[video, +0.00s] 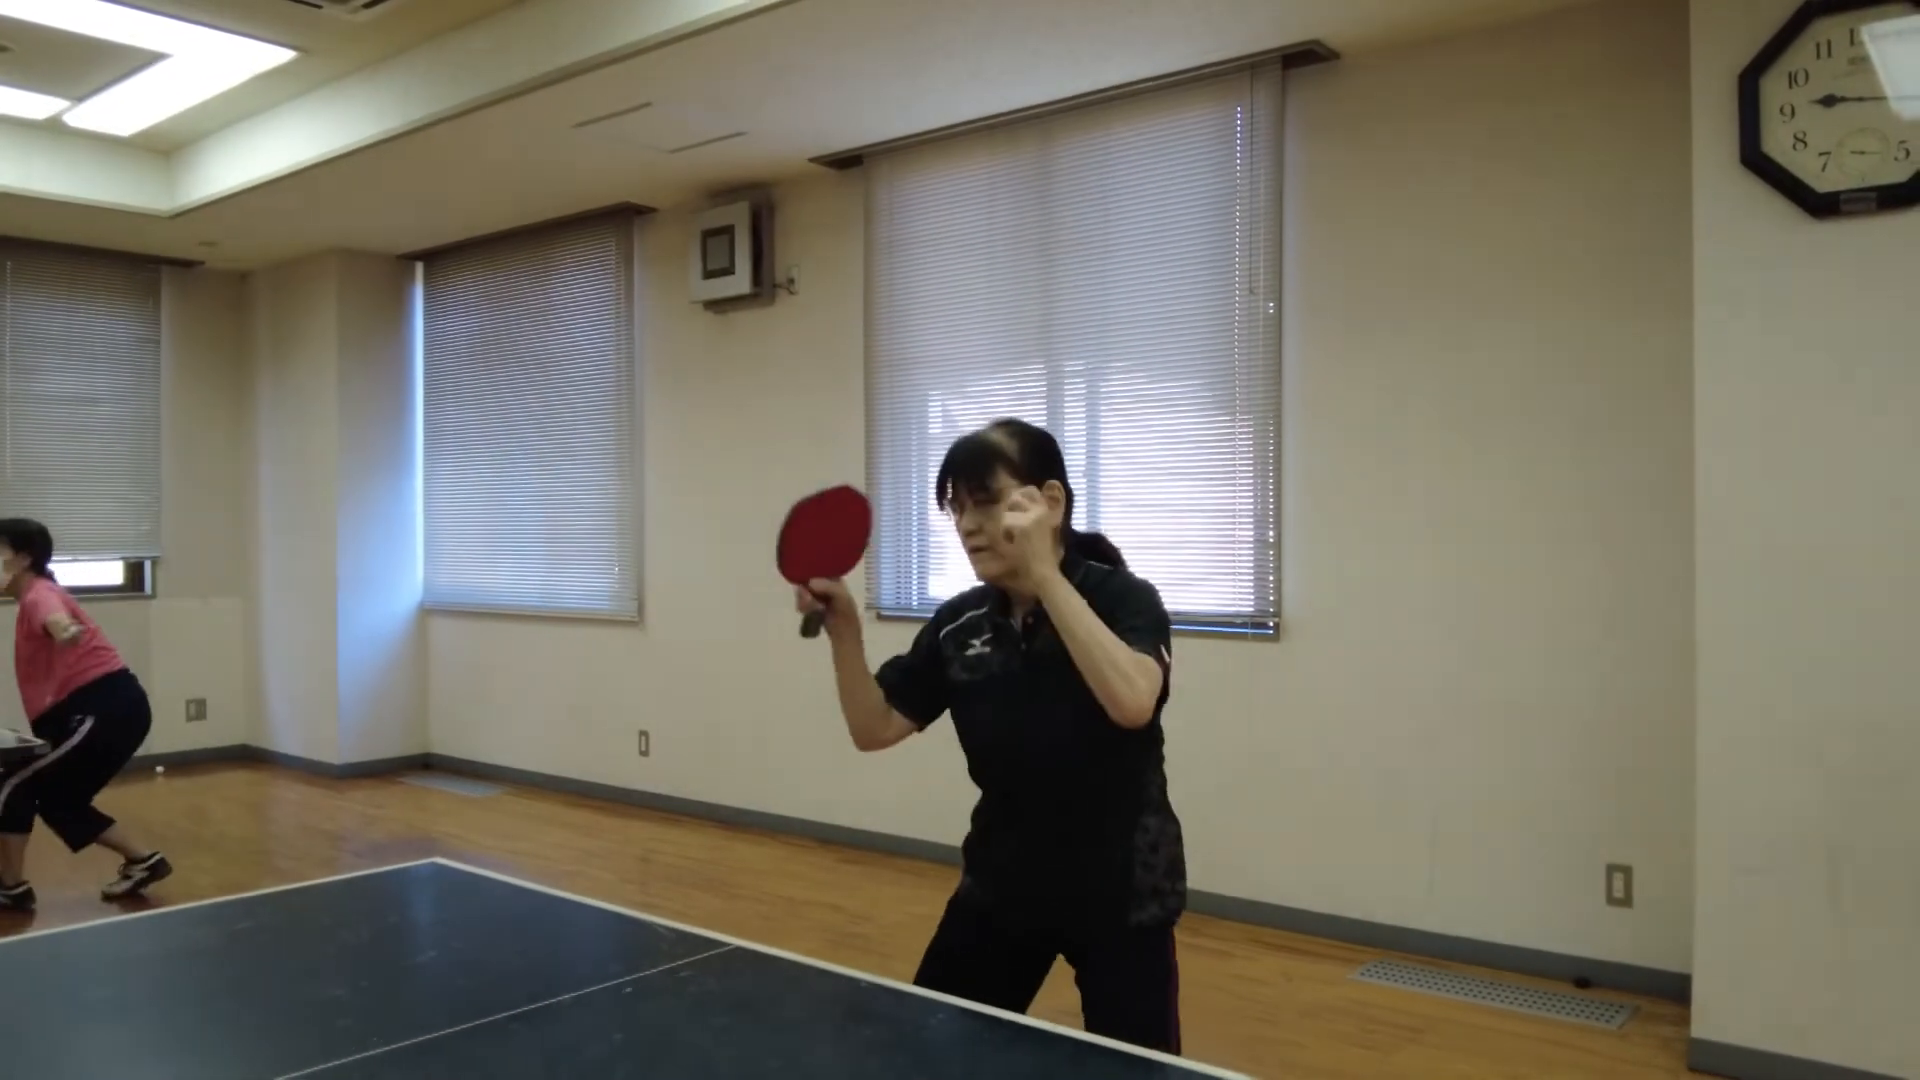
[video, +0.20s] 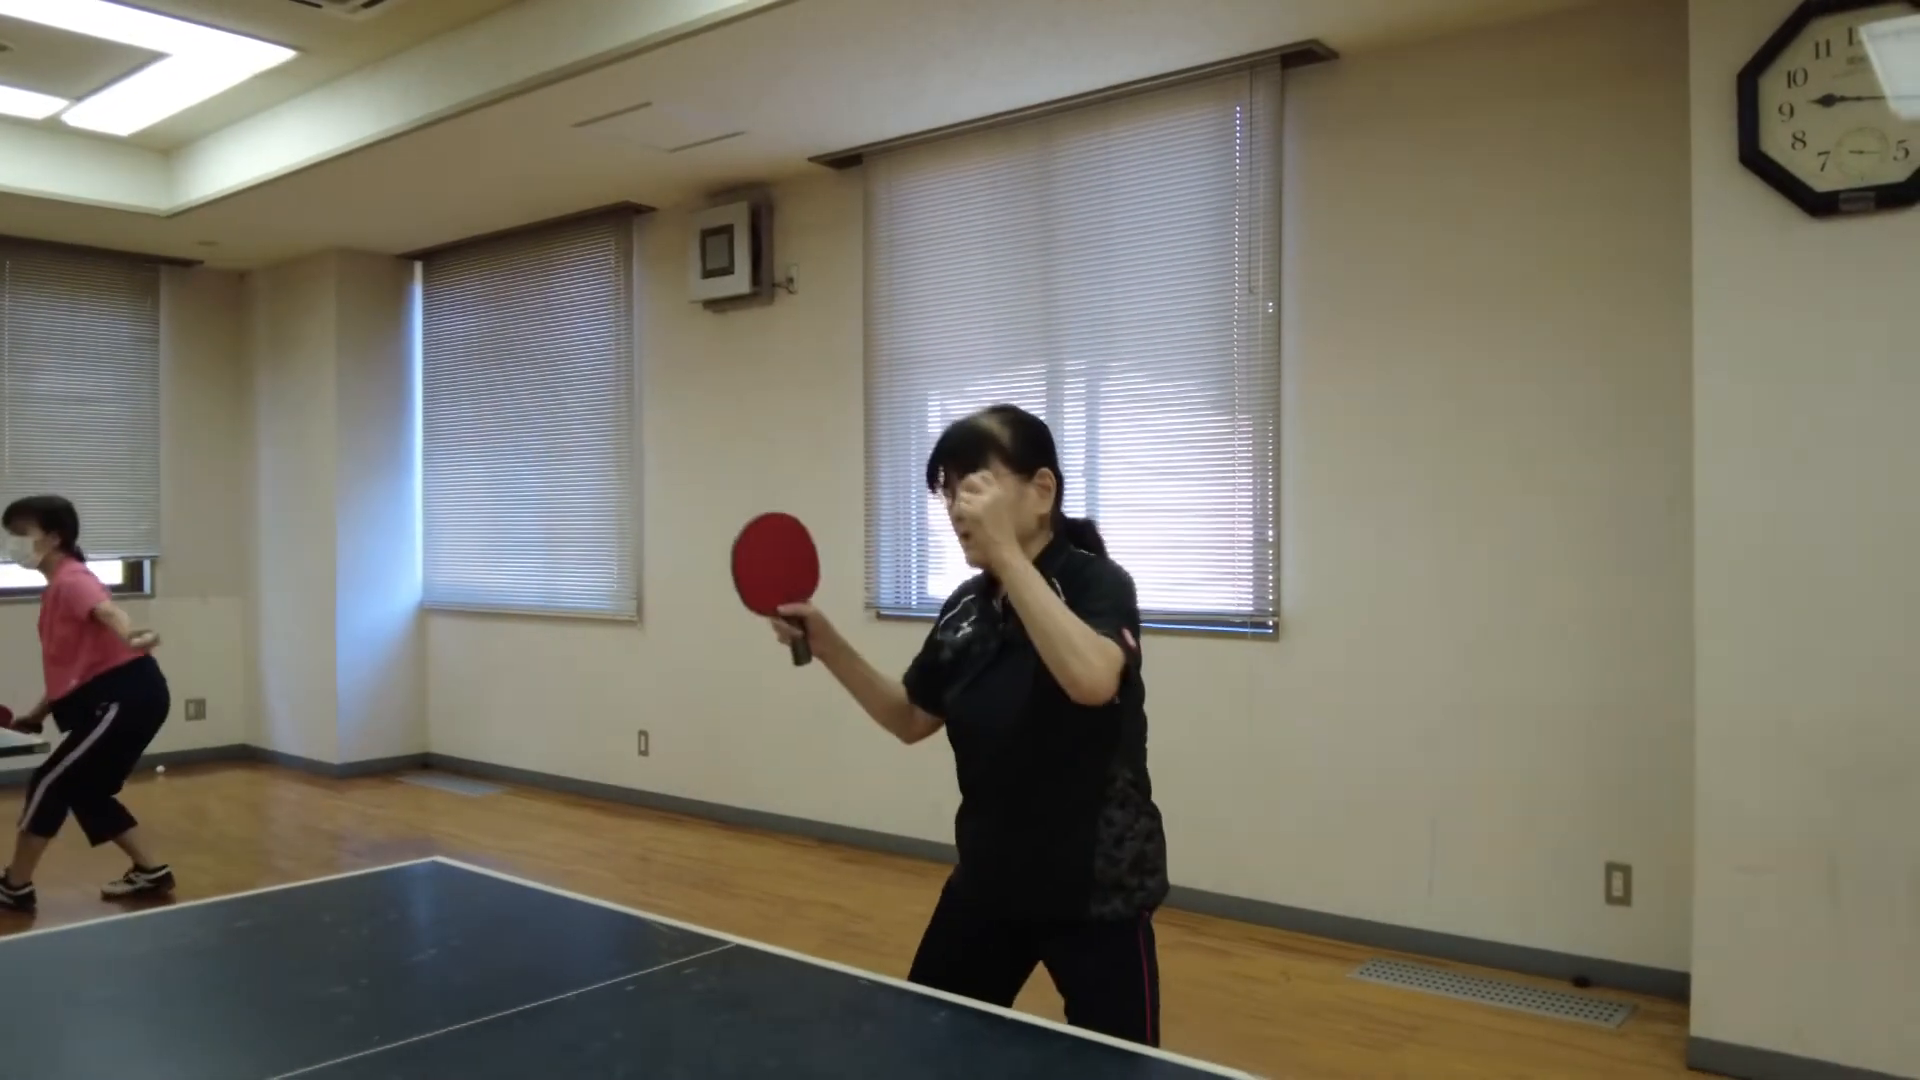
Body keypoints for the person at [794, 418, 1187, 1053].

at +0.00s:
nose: (970, 525)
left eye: (991, 504)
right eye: (960, 508)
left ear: (1052, 504)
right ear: (952, 517)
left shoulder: (1123, 601)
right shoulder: (960, 626)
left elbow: (1133, 702)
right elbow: (873, 728)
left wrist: (1043, 575)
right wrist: (845, 628)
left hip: (1119, 892)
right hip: (1006, 887)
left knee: (1141, 1069)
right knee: (928, 1046)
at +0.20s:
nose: (954, 503)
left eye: (974, 481)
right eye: (948, 489)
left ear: (1042, 490)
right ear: (943, 502)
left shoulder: (1096, 586)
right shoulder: (968, 607)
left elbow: (1094, 680)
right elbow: (910, 719)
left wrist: (1008, 557)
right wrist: (826, 643)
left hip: (1095, 890)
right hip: (992, 883)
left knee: (1122, 1068)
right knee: (921, 1046)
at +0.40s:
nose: (957, 502)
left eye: (975, 482)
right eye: (949, 485)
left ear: (1042, 483)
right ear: (944, 492)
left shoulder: (1087, 567)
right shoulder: (973, 599)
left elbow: (1025, 624)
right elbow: (942, 721)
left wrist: (978, 494)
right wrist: (847, 649)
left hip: (1080, 887)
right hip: (980, 878)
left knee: (1108, 1067)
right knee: (917, 1044)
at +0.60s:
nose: (946, 488)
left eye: (965, 470)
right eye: (941, 471)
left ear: (1021, 474)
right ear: (937, 476)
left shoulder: (1075, 565)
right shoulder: (975, 590)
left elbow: (1023, 648)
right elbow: (951, 713)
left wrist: (1013, 514)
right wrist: (862, 648)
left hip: (1074, 879)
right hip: (979, 869)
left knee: (1103, 1064)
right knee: (919, 1041)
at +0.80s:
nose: (911, 506)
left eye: (915, 485)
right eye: (910, 488)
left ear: (960, 482)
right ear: (962, 485)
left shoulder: (1031, 580)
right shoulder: (990, 585)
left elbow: (1028, 732)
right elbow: (994, 715)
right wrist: (887, 669)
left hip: (1068, 889)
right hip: (993, 876)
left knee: (1086, 1062)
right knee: (919, 1033)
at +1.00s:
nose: (852, 518)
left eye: (855, 499)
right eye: (853, 500)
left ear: (879, 503)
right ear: (929, 502)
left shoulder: (924, 595)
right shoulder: (945, 587)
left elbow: (934, 751)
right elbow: (957, 717)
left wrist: (838, 738)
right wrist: (870, 703)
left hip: (992, 888)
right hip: (955, 879)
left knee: (1036, 1054)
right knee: (857, 1010)